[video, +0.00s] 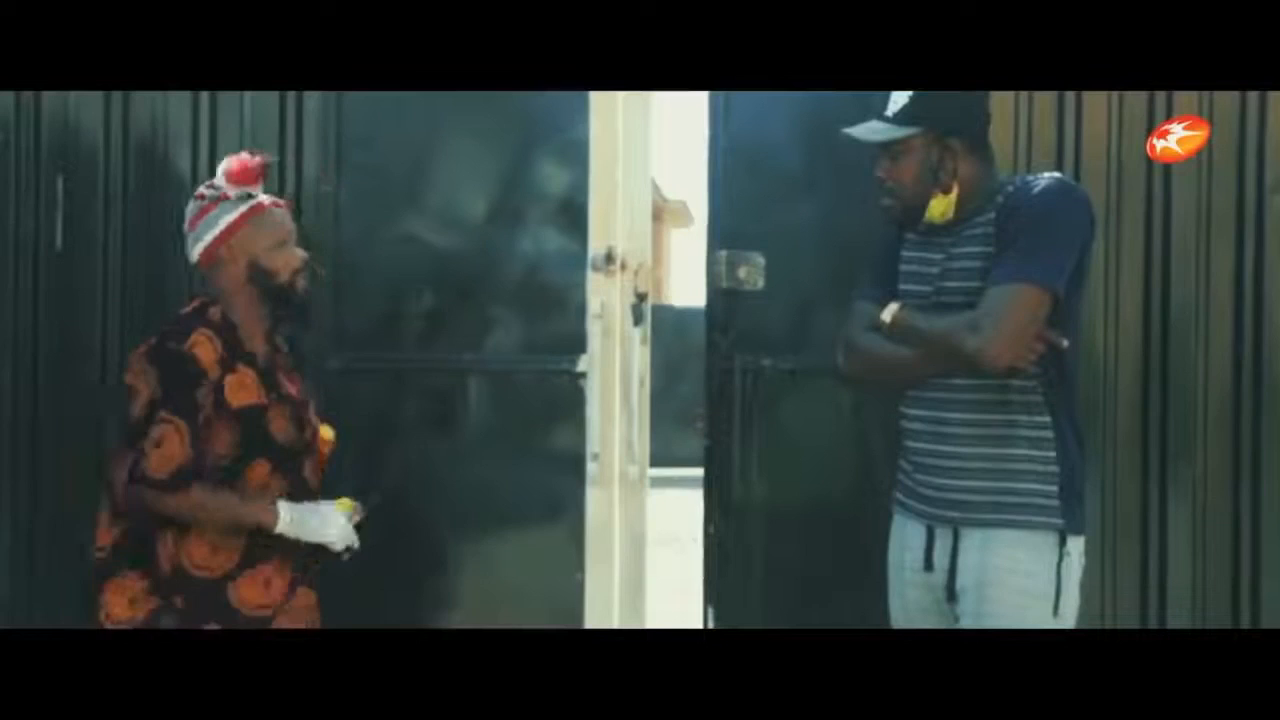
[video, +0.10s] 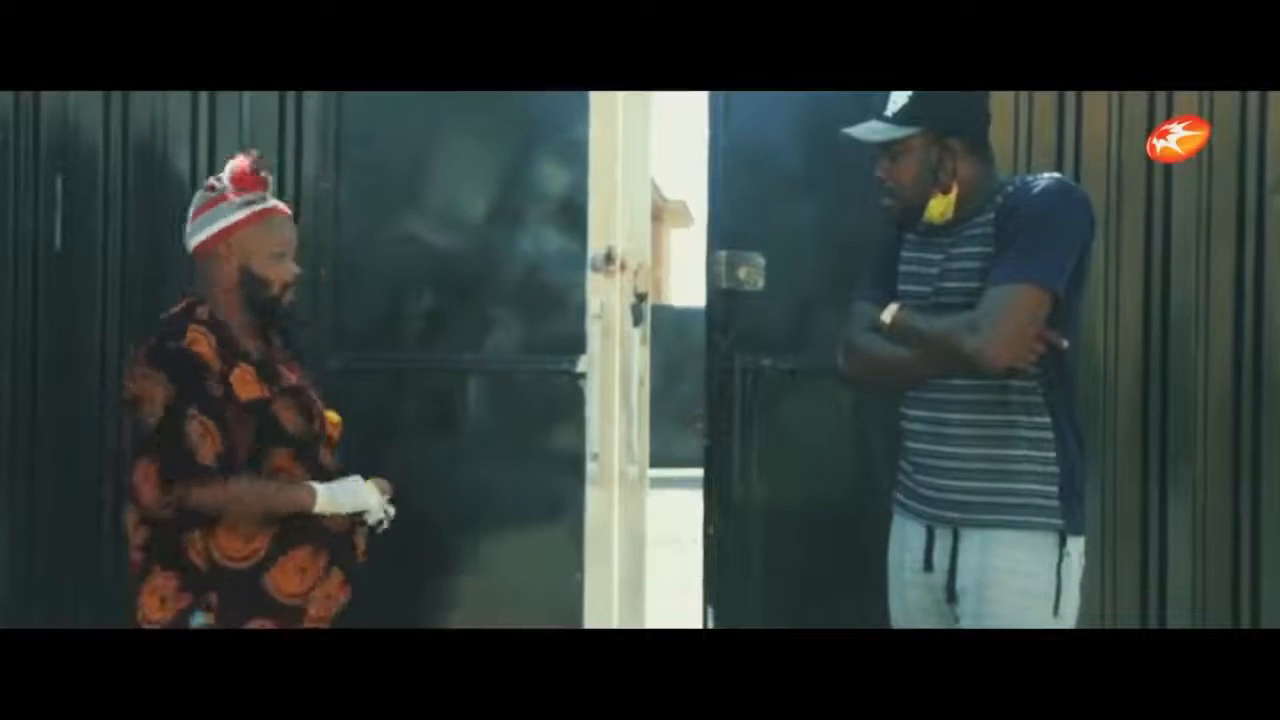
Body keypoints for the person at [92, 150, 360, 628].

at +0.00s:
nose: (302, 258)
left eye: (296, 242)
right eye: (282, 246)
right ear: (229, 260)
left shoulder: (274, 351)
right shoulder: (178, 356)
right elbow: (147, 484)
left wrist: (314, 512)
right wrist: (284, 518)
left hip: (267, 609)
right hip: (185, 612)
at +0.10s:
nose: (295, 273)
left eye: (293, 257)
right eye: (278, 258)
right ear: (225, 259)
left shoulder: (268, 346)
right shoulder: (182, 352)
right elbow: (173, 487)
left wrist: (347, 502)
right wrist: (317, 498)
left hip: (282, 606)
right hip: (214, 610)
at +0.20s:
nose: (290, 307)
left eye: (295, 291)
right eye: (282, 289)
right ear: (235, 281)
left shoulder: (277, 367)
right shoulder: (169, 358)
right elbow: (181, 480)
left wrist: (359, 497)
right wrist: (323, 466)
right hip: (207, 608)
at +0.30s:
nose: (297, 292)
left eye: (299, 277)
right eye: (289, 275)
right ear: (239, 274)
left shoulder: (275, 359)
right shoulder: (175, 352)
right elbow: (200, 473)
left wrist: (352, 479)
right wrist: (328, 451)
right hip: (212, 610)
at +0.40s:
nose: (292, 260)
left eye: (288, 245)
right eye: (272, 246)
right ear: (225, 256)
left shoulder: (274, 351)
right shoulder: (182, 354)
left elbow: (283, 466)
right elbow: (222, 466)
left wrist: (352, 484)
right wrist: (332, 423)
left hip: (289, 602)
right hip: (202, 606)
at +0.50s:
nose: (282, 244)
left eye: (280, 231)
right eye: (262, 233)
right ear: (215, 253)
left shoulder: (279, 356)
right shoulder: (184, 344)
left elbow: (286, 463)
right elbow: (231, 472)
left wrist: (352, 487)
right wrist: (311, 400)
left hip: (273, 595)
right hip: (195, 599)